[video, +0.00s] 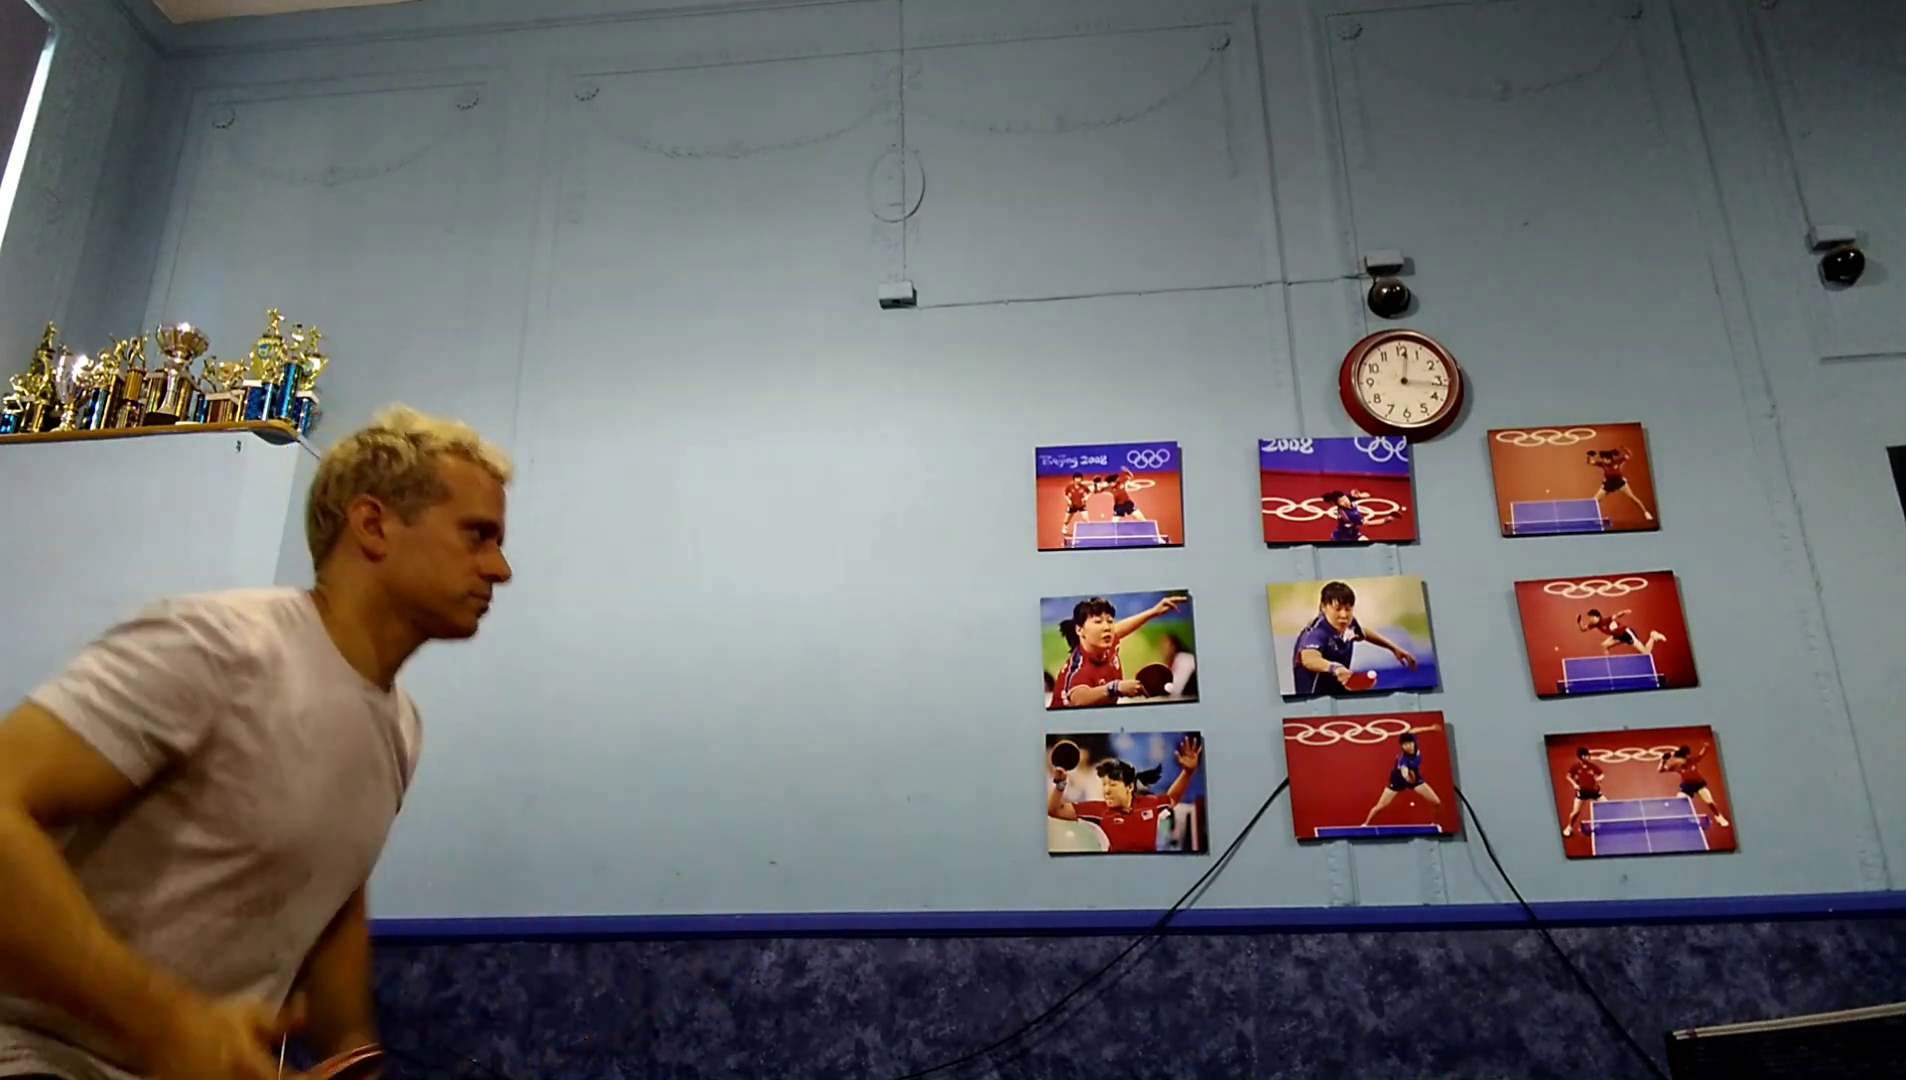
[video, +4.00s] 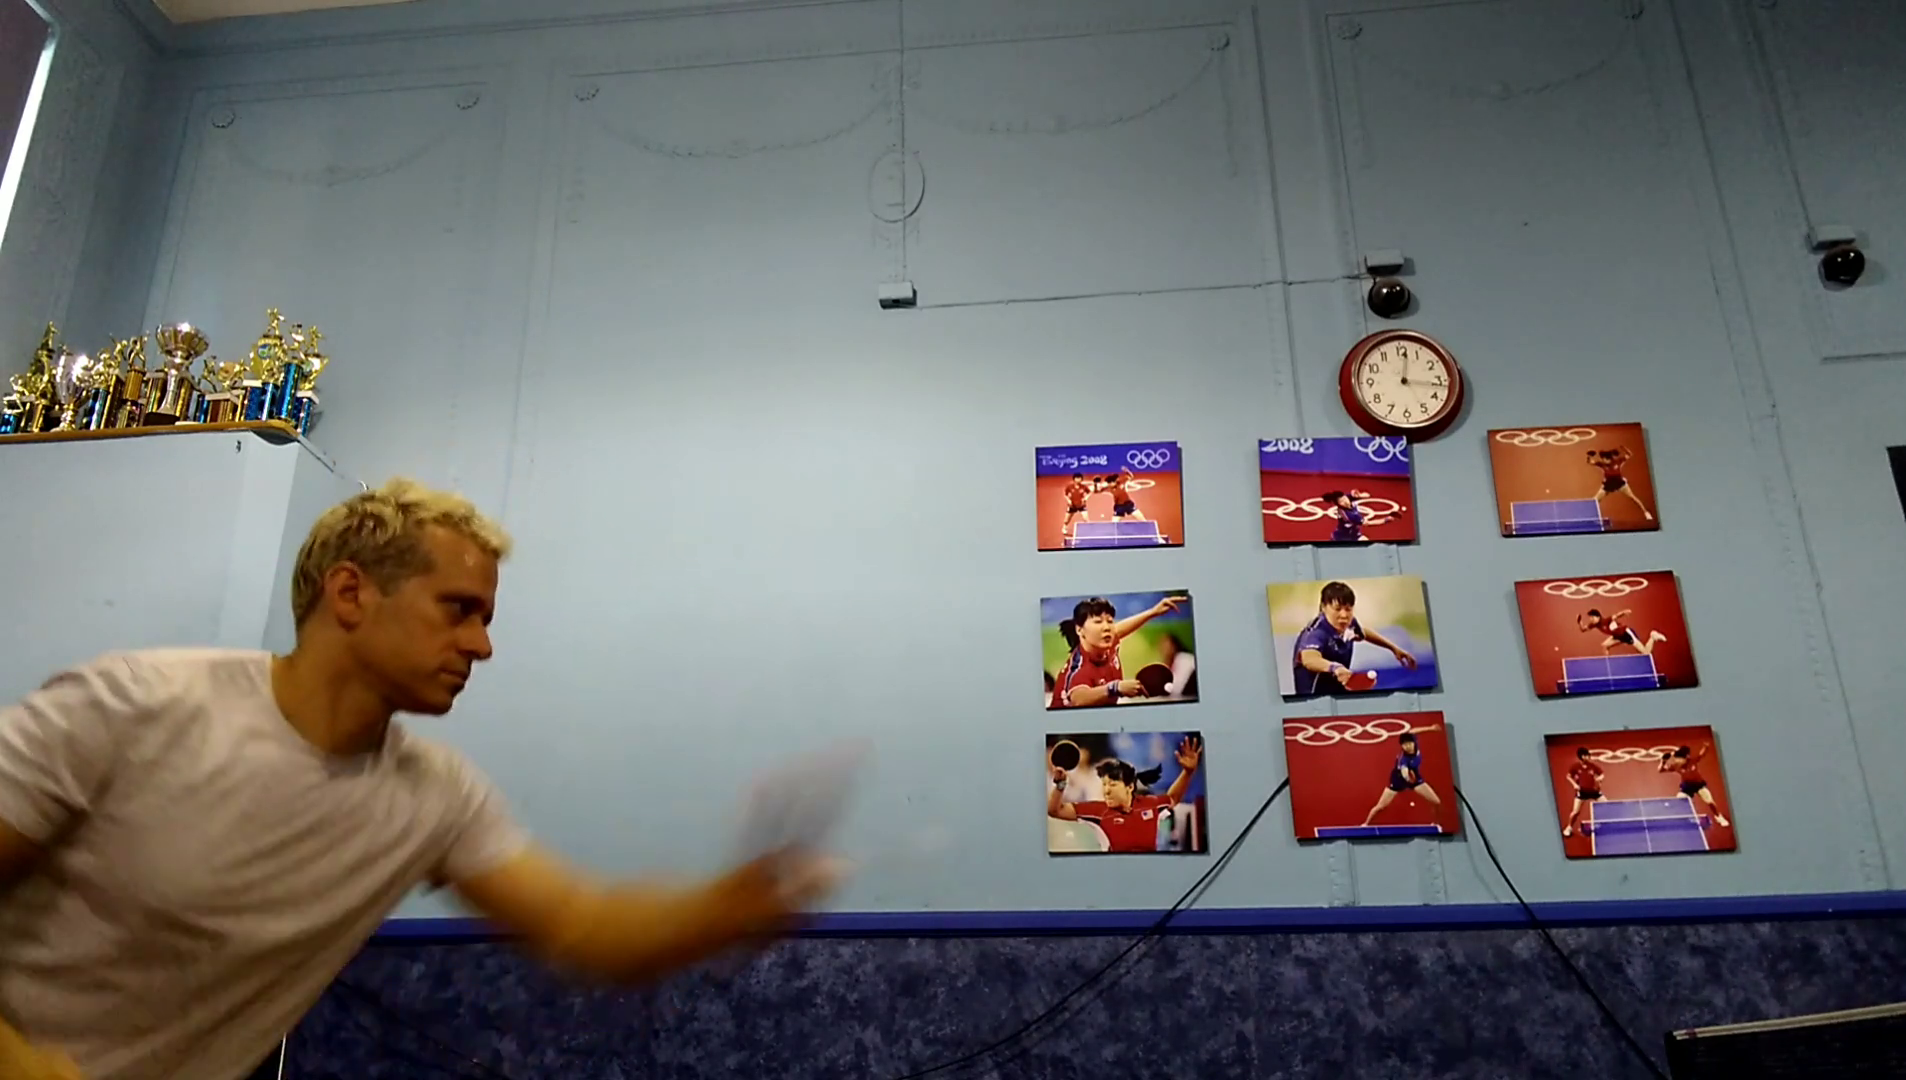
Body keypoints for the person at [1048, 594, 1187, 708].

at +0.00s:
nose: (1107, 628)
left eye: (1110, 622)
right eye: (1098, 622)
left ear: (1114, 626)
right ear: (1080, 630)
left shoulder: (1109, 644)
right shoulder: (1079, 666)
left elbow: (1120, 629)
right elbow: (1078, 698)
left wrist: (1154, 611)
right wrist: (1115, 687)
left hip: (1102, 724)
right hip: (1069, 729)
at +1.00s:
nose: (1107, 628)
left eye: (1110, 622)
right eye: (1098, 622)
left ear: (1114, 626)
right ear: (1080, 630)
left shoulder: (1109, 645)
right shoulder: (1079, 666)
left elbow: (1118, 630)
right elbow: (1078, 698)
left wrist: (1153, 612)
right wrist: (1115, 687)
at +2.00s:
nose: (1107, 628)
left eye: (1110, 622)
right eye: (1098, 622)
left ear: (1114, 626)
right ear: (1080, 630)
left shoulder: (1109, 645)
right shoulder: (1079, 666)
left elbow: (1118, 630)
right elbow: (1078, 698)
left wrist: (1154, 612)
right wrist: (1115, 687)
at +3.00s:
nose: (1107, 628)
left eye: (1110, 622)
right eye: (1098, 622)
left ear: (1114, 626)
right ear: (1080, 630)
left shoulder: (1109, 645)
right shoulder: (1079, 666)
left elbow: (1119, 630)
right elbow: (1078, 698)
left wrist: (1153, 612)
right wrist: (1115, 687)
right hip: (1069, 729)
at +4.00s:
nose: (1107, 628)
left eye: (1109, 622)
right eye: (1098, 622)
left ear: (1114, 626)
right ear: (1080, 630)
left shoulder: (1109, 645)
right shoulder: (1079, 666)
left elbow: (1118, 630)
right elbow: (1078, 698)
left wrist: (1153, 611)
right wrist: (1115, 687)